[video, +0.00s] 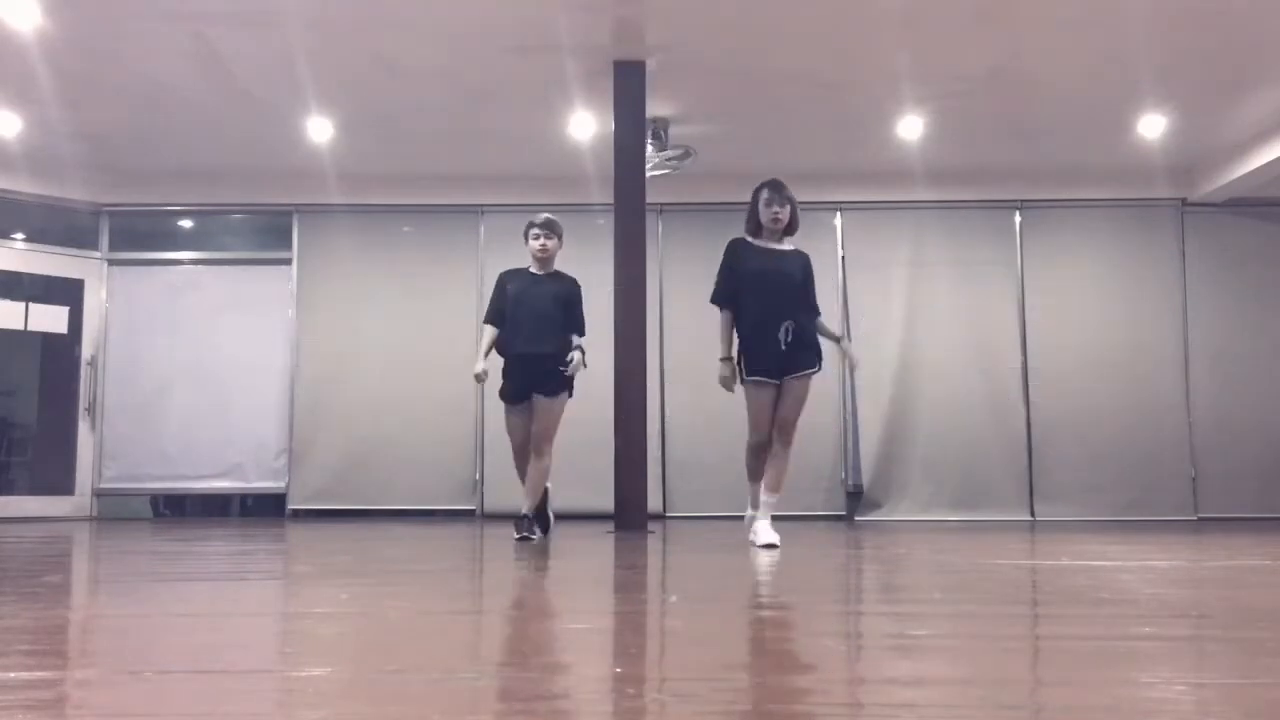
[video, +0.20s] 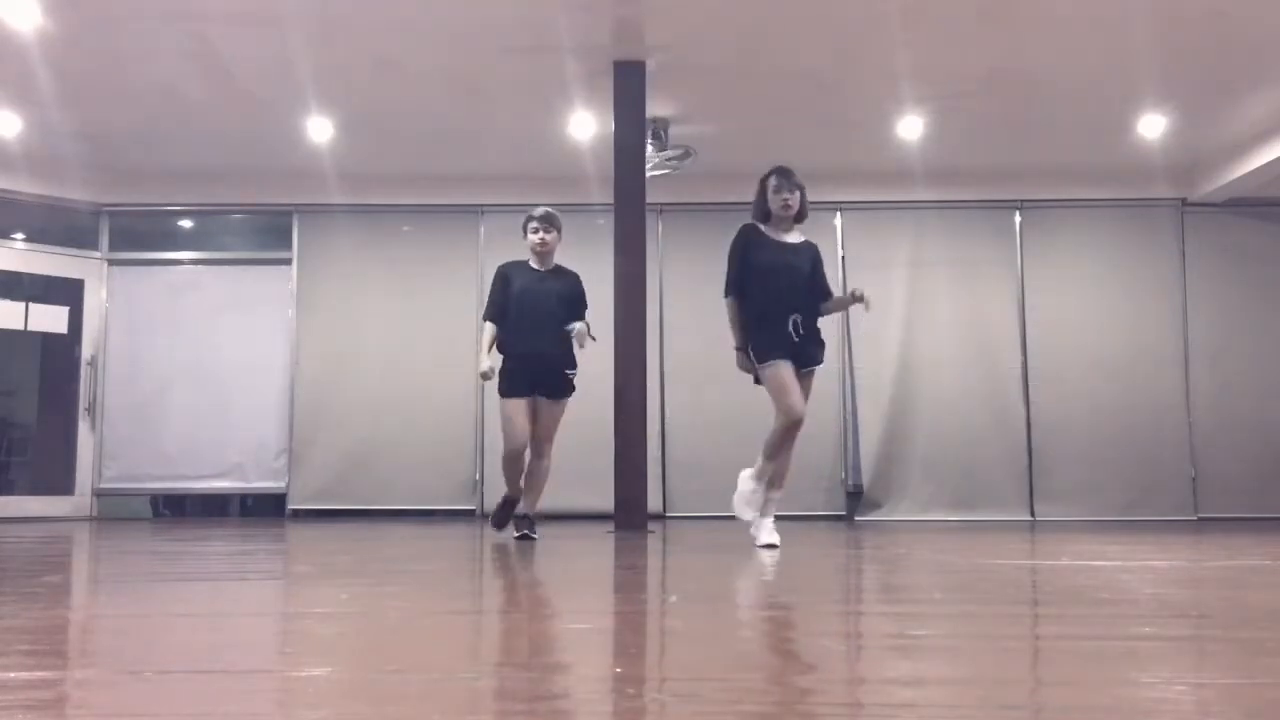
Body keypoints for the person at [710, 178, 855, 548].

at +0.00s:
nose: (777, 210)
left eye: (783, 204)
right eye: (770, 203)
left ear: (792, 210)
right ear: (756, 209)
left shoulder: (800, 258)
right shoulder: (739, 249)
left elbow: (810, 316)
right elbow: (727, 307)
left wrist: (840, 340)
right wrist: (726, 358)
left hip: (799, 355)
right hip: (757, 356)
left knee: (783, 438)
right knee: (760, 439)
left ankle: (764, 520)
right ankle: (756, 505)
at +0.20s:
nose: (787, 197)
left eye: (793, 191)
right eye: (779, 191)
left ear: (802, 197)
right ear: (765, 197)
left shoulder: (809, 248)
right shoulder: (749, 236)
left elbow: (820, 304)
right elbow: (733, 294)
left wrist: (849, 299)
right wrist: (740, 346)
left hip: (805, 342)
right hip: (765, 341)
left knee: (791, 427)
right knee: (792, 414)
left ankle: (767, 516)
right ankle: (757, 479)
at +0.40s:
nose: (800, 194)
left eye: (805, 188)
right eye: (791, 189)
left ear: (815, 194)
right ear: (777, 199)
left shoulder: (830, 242)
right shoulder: (765, 244)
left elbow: (846, 289)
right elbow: (742, 301)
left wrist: (870, 304)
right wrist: (736, 352)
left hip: (809, 344)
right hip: (771, 342)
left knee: (777, 435)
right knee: (807, 422)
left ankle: (747, 519)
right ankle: (826, 517)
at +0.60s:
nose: (811, 201)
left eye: (818, 195)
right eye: (802, 196)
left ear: (828, 203)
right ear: (789, 206)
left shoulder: (848, 249)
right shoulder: (778, 259)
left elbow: (869, 310)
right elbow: (764, 313)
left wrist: (874, 361)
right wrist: (753, 333)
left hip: (838, 357)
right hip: (789, 359)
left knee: (846, 433)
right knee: (813, 440)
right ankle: (834, 525)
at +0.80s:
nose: (825, 181)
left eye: (833, 175)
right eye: (816, 175)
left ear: (844, 183)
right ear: (803, 183)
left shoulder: (858, 234)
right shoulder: (787, 232)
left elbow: (854, 292)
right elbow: (774, 299)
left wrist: (872, 307)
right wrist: (763, 354)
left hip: (856, 335)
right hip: (807, 339)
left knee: (852, 419)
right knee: (816, 435)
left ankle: (846, 522)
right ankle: (823, 507)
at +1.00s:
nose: (838, 163)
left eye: (845, 157)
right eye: (829, 156)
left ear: (856, 167)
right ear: (814, 166)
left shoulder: (871, 222)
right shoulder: (793, 217)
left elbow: (894, 287)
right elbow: (774, 278)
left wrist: (907, 260)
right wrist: (787, 326)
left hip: (871, 326)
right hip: (818, 325)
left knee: (867, 428)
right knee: (850, 399)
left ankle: (832, 523)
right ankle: (856, 511)